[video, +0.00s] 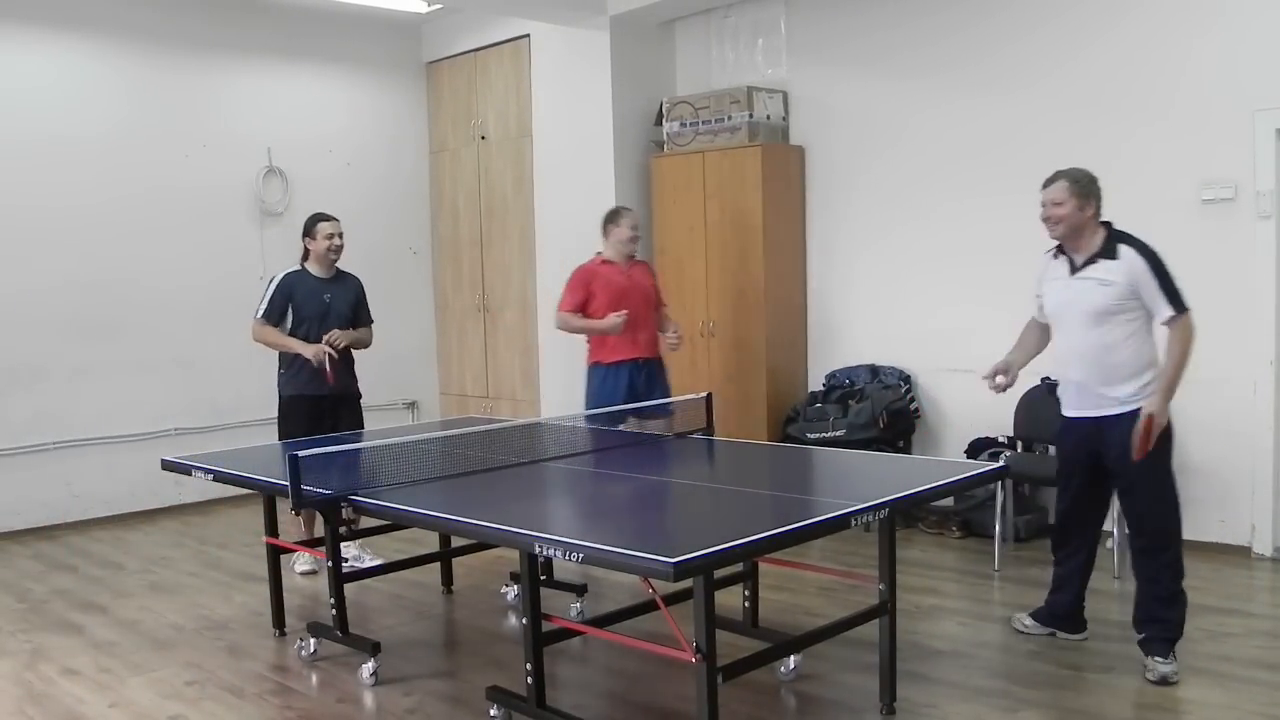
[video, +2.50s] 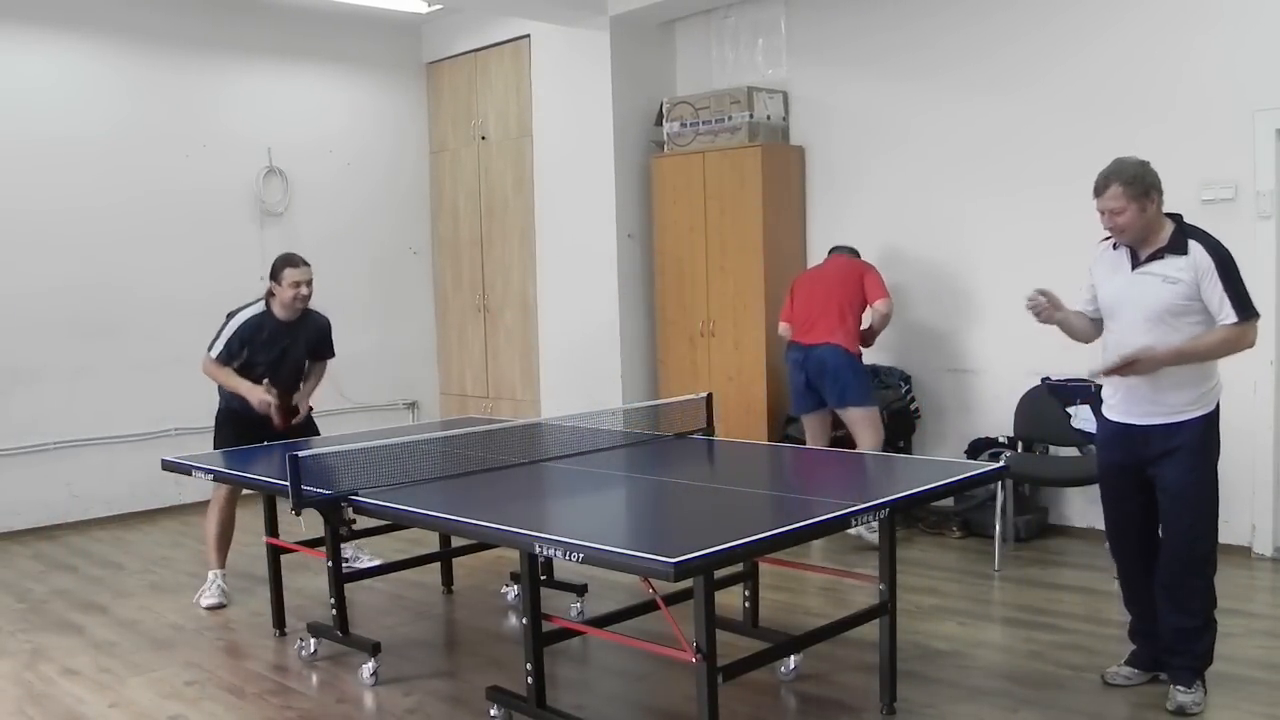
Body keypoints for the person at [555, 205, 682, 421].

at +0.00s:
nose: (637, 235)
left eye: (638, 229)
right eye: (632, 228)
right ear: (609, 231)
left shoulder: (644, 270)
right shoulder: (587, 273)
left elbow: (657, 310)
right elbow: (563, 319)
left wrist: (669, 329)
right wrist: (603, 326)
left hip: (650, 368)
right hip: (608, 372)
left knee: (659, 443)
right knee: (603, 445)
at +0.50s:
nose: (712, 242)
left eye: (713, 235)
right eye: (709, 233)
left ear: (695, 233)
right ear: (692, 232)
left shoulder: (701, 271)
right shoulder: (663, 270)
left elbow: (705, 315)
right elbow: (639, 315)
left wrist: (735, 333)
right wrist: (689, 329)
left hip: (702, 370)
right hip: (675, 373)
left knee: (702, 443)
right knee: (683, 445)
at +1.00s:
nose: (777, 238)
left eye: (776, 231)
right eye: (773, 230)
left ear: (755, 231)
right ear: (757, 230)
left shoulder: (748, 263)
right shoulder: (741, 264)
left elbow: (749, 316)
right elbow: (759, 320)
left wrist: (776, 333)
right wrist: (795, 325)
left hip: (752, 371)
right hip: (735, 373)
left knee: (765, 446)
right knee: (732, 454)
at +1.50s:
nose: (844, 241)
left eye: (846, 235)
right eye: (842, 234)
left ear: (828, 228)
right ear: (825, 227)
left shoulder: (821, 263)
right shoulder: (798, 259)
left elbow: (829, 307)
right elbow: (790, 308)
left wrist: (856, 322)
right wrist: (840, 322)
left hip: (817, 363)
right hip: (800, 364)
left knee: (816, 444)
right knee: (818, 444)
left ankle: (813, 522)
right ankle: (802, 528)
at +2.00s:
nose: (874, 245)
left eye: (874, 241)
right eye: (876, 241)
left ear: (843, 230)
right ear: (872, 237)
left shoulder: (819, 258)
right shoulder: (864, 259)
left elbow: (824, 307)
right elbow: (897, 303)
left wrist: (860, 329)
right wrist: (892, 327)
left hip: (807, 359)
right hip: (836, 365)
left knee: (820, 445)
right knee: (848, 452)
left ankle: (818, 525)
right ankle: (838, 531)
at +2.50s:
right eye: (858, 260)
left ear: (827, 259)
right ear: (855, 258)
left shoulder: (802, 277)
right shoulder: (863, 269)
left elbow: (783, 329)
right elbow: (882, 308)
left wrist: (815, 334)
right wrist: (870, 334)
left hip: (798, 357)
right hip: (837, 357)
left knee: (815, 442)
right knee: (870, 439)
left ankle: (812, 517)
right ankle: (865, 515)